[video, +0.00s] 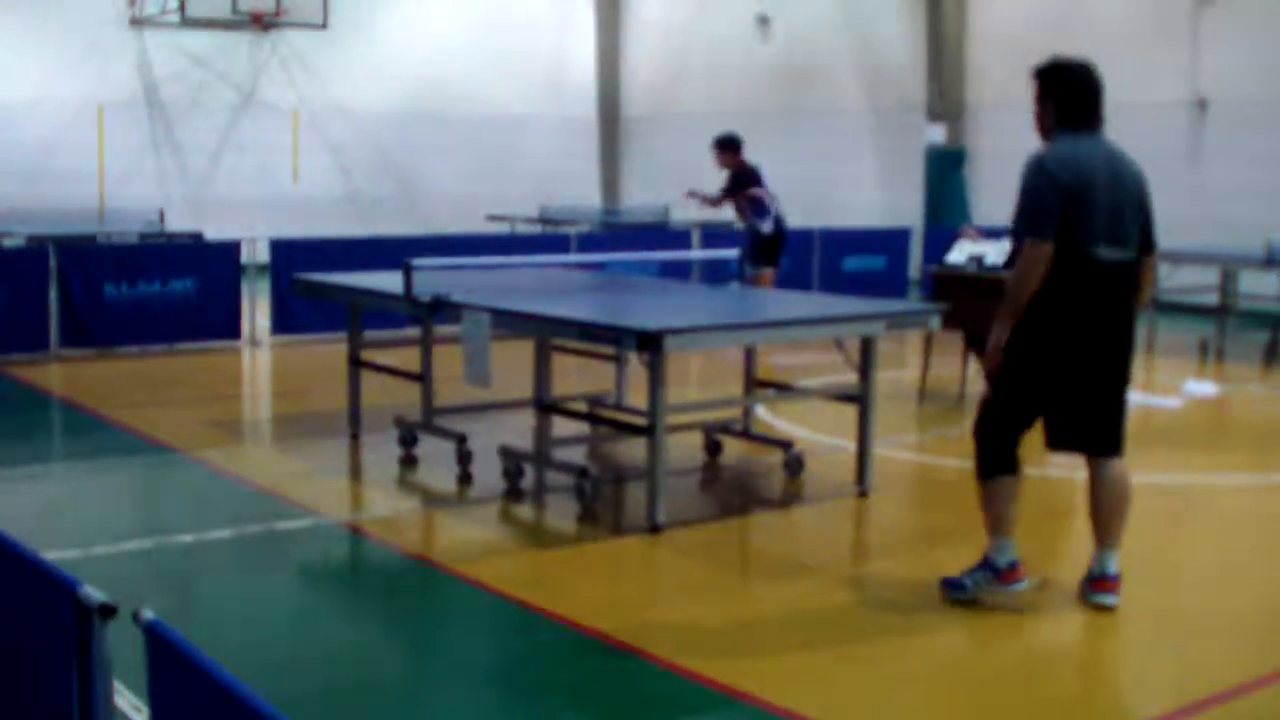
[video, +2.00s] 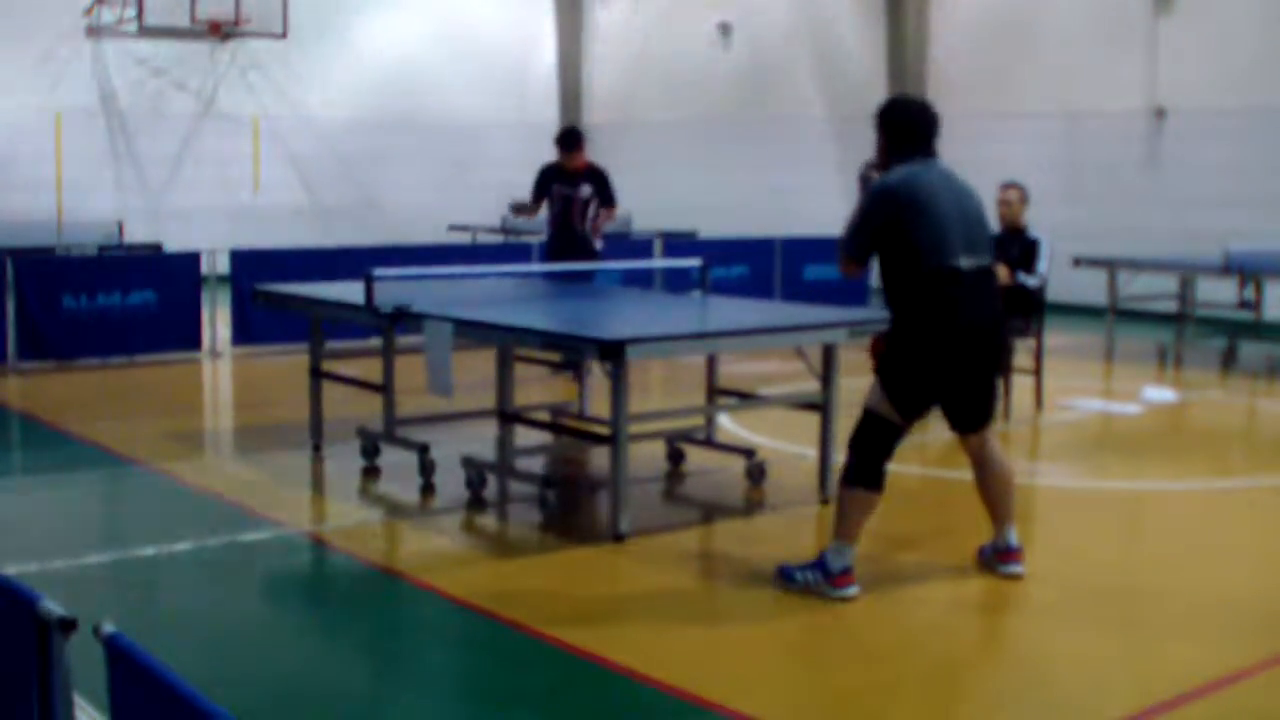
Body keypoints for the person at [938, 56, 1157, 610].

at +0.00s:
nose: (1035, 113)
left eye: (1038, 103)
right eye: (1037, 102)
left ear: (1051, 107)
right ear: (1094, 106)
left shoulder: (1049, 166)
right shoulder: (1126, 171)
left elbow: (1033, 260)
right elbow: (1144, 273)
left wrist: (1001, 327)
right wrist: (1115, 319)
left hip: (1046, 336)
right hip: (1107, 338)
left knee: (995, 430)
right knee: (1106, 448)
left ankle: (1001, 560)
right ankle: (1107, 569)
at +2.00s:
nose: (876, 145)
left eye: (879, 137)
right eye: (881, 136)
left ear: (885, 142)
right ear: (931, 138)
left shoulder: (888, 192)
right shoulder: (959, 188)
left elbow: (851, 264)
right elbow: (982, 267)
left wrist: (869, 197)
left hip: (921, 339)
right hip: (979, 338)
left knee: (869, 444)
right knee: (979, 438)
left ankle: (837, 562)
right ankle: (1007, 544)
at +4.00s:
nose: (849, 219)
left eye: (849, 210)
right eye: (848, 210)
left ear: (858, 208)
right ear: (899, 196)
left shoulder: (872, 235)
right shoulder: (937, 226)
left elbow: (881, 305)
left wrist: (870, 382)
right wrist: (856, 304)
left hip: (944, 353)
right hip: (1006, 346)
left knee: (871, 439)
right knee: (999, 438)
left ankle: (845, 561)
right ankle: (1023, 542)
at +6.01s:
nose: (855, 198)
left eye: (854, 190)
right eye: (855, 190)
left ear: (863, 188)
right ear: (906, 181)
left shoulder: (871, 218)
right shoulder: (942, 215)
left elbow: (875, 282)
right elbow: (981, 271)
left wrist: (876, 358)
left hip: (933, 341)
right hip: (995, 338)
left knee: (858, 433)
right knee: (993, 431)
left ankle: (844, 556)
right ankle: (1021, 534)